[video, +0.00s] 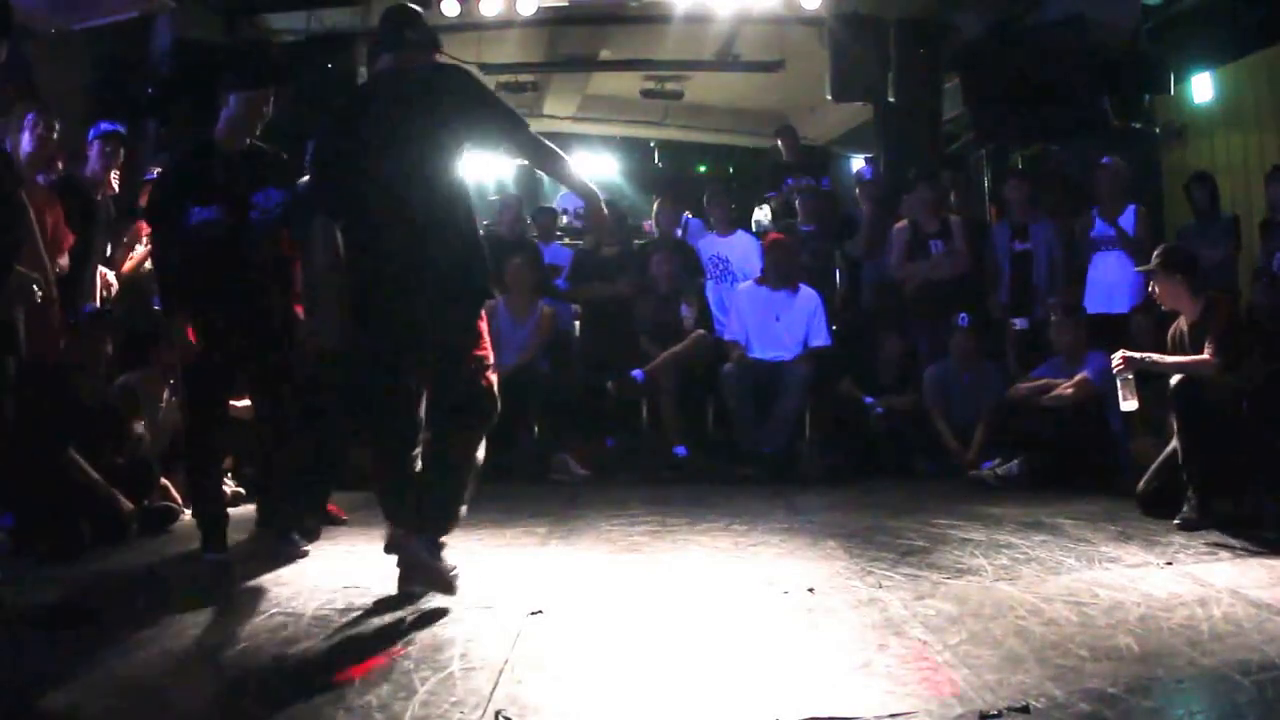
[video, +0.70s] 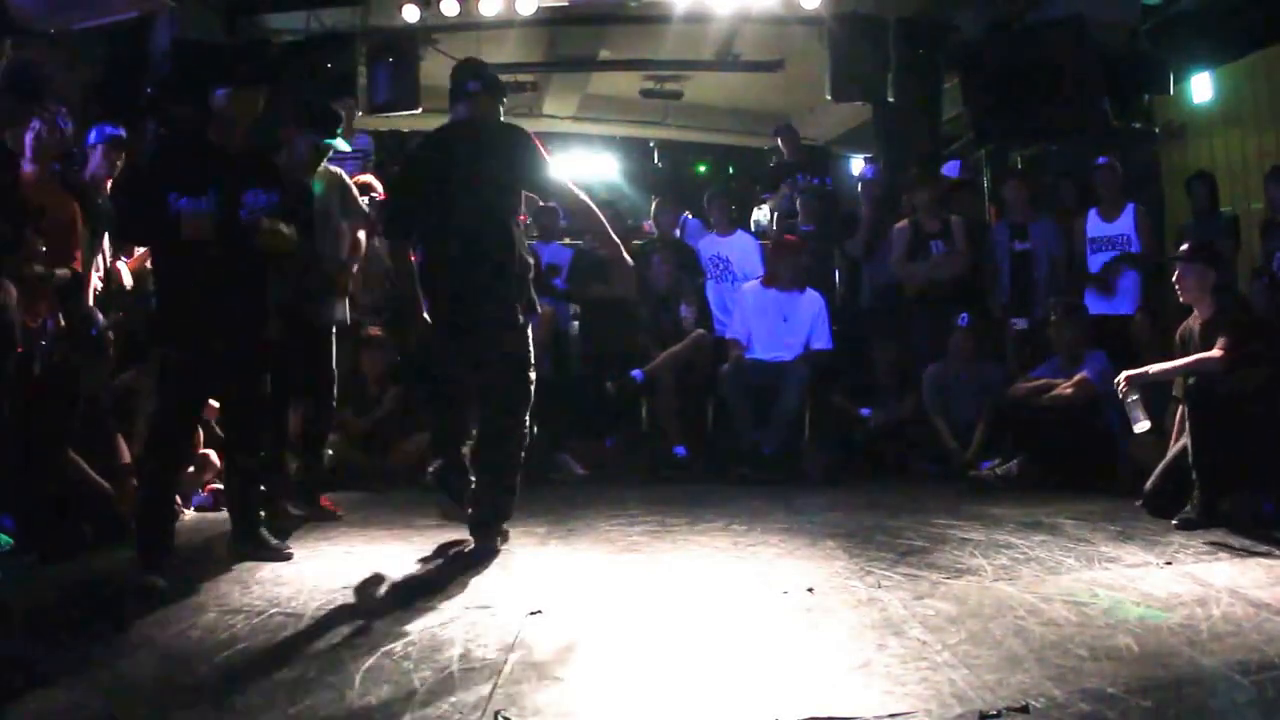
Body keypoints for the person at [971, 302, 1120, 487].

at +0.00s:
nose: (1055, 334)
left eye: (1062, 328)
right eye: (1053, 328)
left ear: (1078, 329)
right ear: (1050, 332)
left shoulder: (1097, 361)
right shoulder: (1055, 364)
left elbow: (1070, 394)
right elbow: (1013, 393)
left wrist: (1036, 400)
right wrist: (1056, 383)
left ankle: (1021, 465)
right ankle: (1002, 461)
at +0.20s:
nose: (1054, 332)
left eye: (1060, 326)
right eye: (1052, 326)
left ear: (1077, 329)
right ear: (1049, 331)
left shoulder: (1096, 360)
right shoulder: (1055, 363)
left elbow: (1072, 393)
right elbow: (1015, 392)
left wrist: (1035, 400)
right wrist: (1057, 384)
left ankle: (1022, 464)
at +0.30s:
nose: (1054, 332)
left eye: (1060, 325)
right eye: (1052, 326)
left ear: (1077, 328)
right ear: (1049, 332)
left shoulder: (1096, 359)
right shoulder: (1056, 362)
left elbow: (1073, 392)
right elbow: (1015, 392)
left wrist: (1035, 401)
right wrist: (1054, 384)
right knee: (1000, 404)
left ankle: (1021, 464)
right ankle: (971, 460)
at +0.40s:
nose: (1054, 333)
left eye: (1060, 327)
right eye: (1052, 327)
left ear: (1077, 330)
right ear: (1049, 332)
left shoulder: (1097, 360)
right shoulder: (1056, 362)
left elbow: (1072, 393)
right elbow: (1014, 392)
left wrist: (1037, 401)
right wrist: (1054, 384)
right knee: (1000, 404)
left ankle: (1021, 464)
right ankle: (972, 460)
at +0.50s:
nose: (1056, 336)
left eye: (1062, 329)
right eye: (1054, 329)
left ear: (1078, 331)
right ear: (1051, 333)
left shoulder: (1095, 360)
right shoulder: (1057, 362)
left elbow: (1075, 392)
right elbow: (1014, 392)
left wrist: (1040, 401)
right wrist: (1053, 383)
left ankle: (1022, 464)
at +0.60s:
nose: (1057, 335)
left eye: (1063, 329)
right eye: (1054, 328)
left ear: (1079, 332)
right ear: (1050, 332)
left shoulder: (1095, 360)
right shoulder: (1057, 362)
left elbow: (1072, 393)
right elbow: (1014, 392)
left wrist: (1037, 401)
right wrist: (1054, 383)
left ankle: (1023, 463)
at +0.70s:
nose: (1054, 333)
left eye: (1060, 327)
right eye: (1052, 327)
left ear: (1078, 329)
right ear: (1049, 331)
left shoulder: (1096, 360)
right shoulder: (1055, 363)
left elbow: (1073, 393)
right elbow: (1014, 392)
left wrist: (1035, 401)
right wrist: (1057, 383)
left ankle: (1021, 464)